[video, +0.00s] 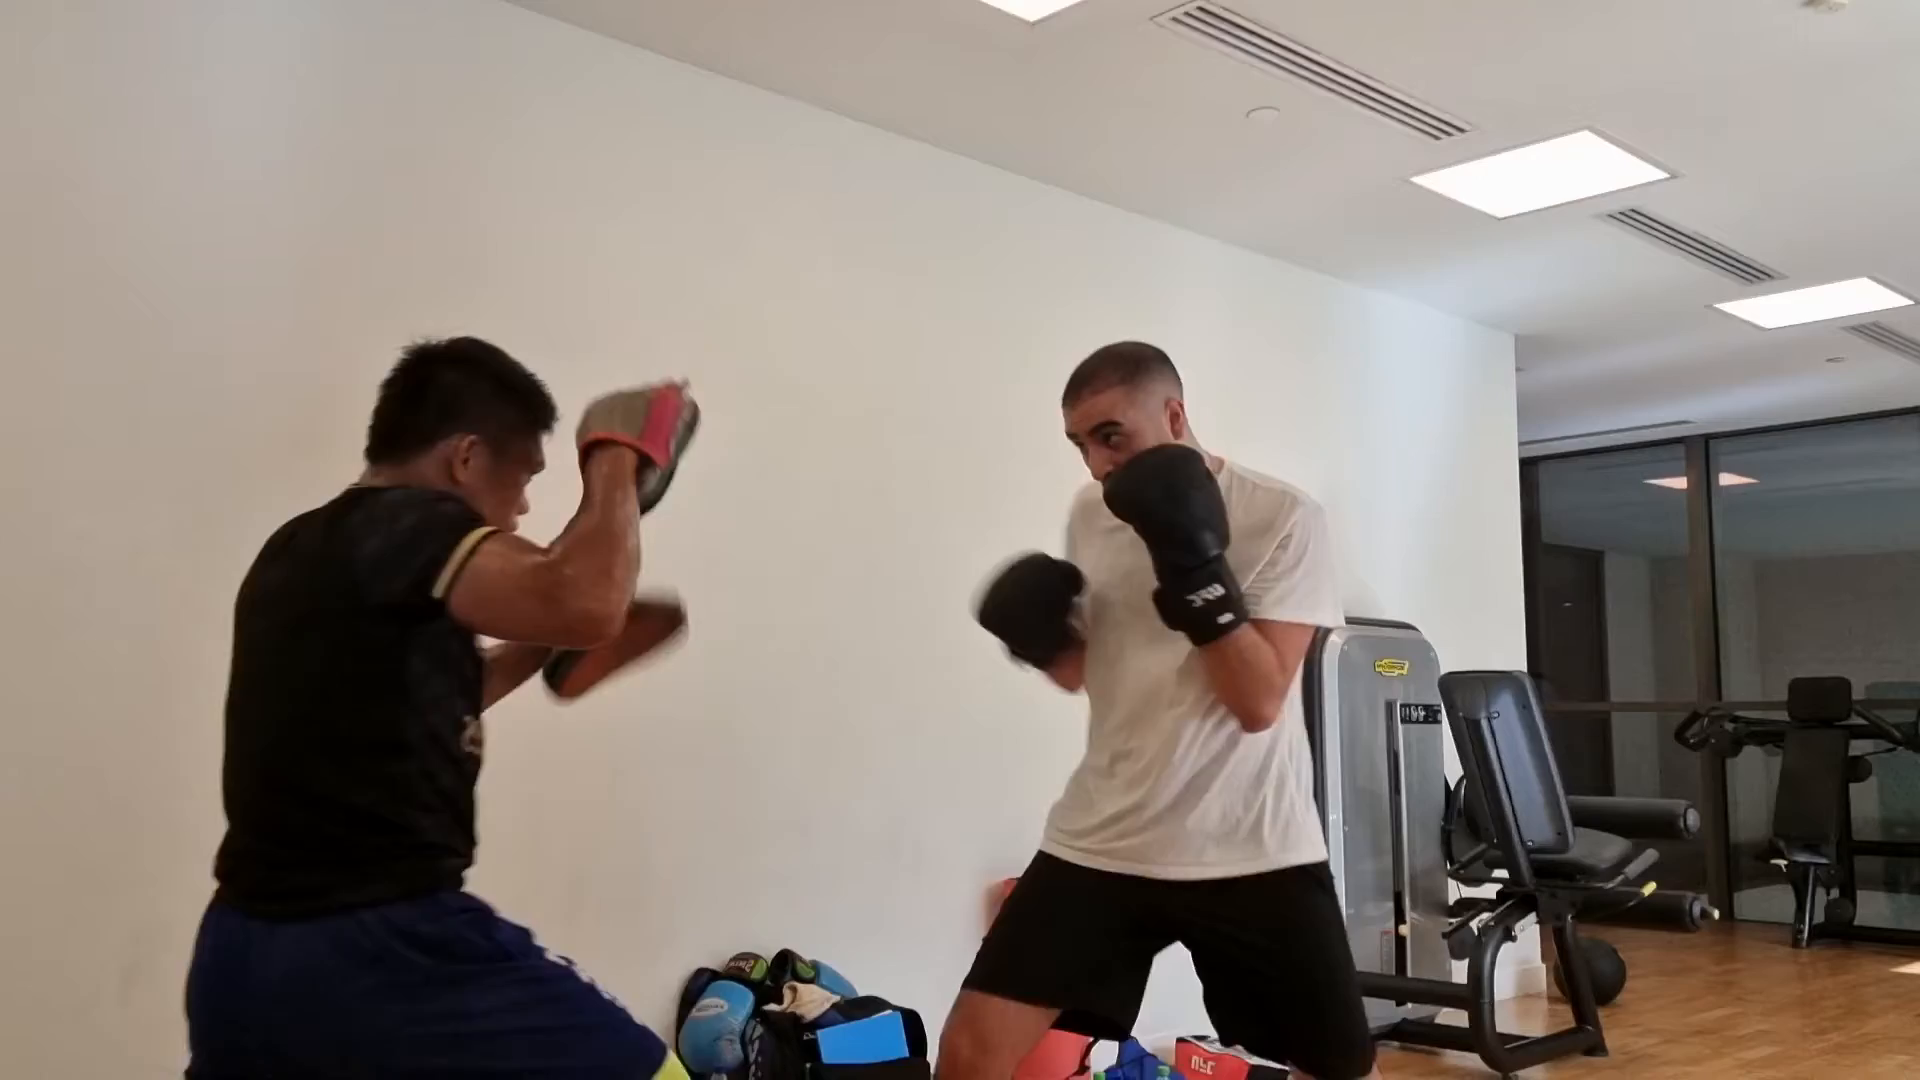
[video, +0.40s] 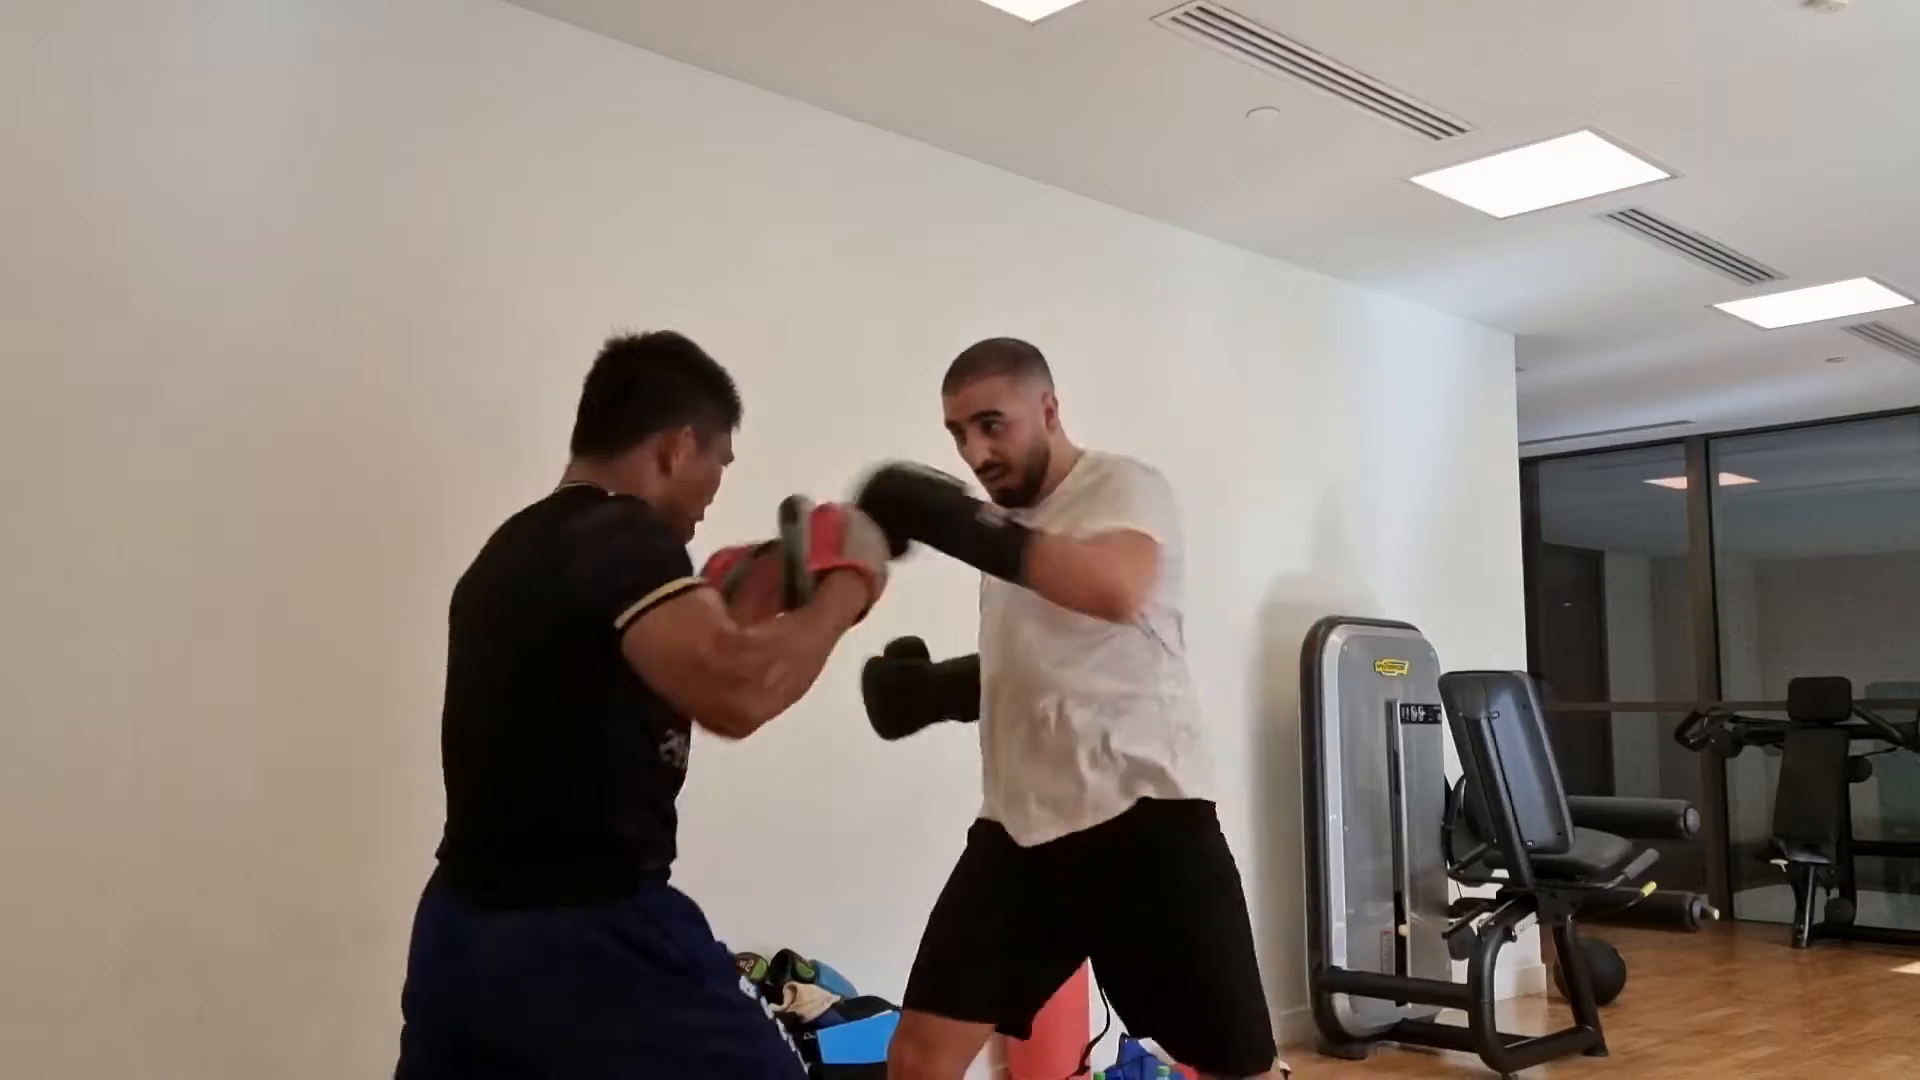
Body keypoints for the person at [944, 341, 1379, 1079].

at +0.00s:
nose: (1097, 463)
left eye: (1112, 435)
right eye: (1082, 446)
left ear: (1174, 417)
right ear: (1075, 446)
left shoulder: (1285, 518)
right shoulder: (1092, 514)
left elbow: (1260, 700)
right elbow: (1083, 674)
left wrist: (1194, 559)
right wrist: (1042, 636)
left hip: (1257, 859)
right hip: (1095, 852)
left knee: (1340, 1068)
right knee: (971, 1054)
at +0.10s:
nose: (1067, 450)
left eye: (1085, 423)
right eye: (1050, 429)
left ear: (1143, 410)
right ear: (1037, 428)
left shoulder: (1233, 505)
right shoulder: (1015, 506)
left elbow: (1290, 675)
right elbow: (880, 596)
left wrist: (1207, 563)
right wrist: (851, 515)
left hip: (1224, 845)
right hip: (1064, 850)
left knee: (1307, 1068)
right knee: (971, 1063)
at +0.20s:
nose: (995, 456)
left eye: (1016, 431)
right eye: (980, 433)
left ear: (1074, 425)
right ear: (969, 435)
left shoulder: (1157, 501)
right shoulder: (968, 526)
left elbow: (1262, 637)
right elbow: (861, 641)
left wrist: (1148, 541)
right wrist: (850, 532)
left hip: (1177, 852)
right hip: (1037, 849)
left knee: (1245, 1067)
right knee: (946, 1061)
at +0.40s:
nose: (975, 453)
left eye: (992, 425)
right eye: (959, 434)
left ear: (1050, 409)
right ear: (950, 435)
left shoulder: (1127, 486)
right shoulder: (998, 528)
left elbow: (1121, 587)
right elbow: (1040, 670)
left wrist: (967, 528)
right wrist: (937, 691)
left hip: (1148, 827)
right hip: (1017, 840)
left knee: (1238, 1065)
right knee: (920, 1057)